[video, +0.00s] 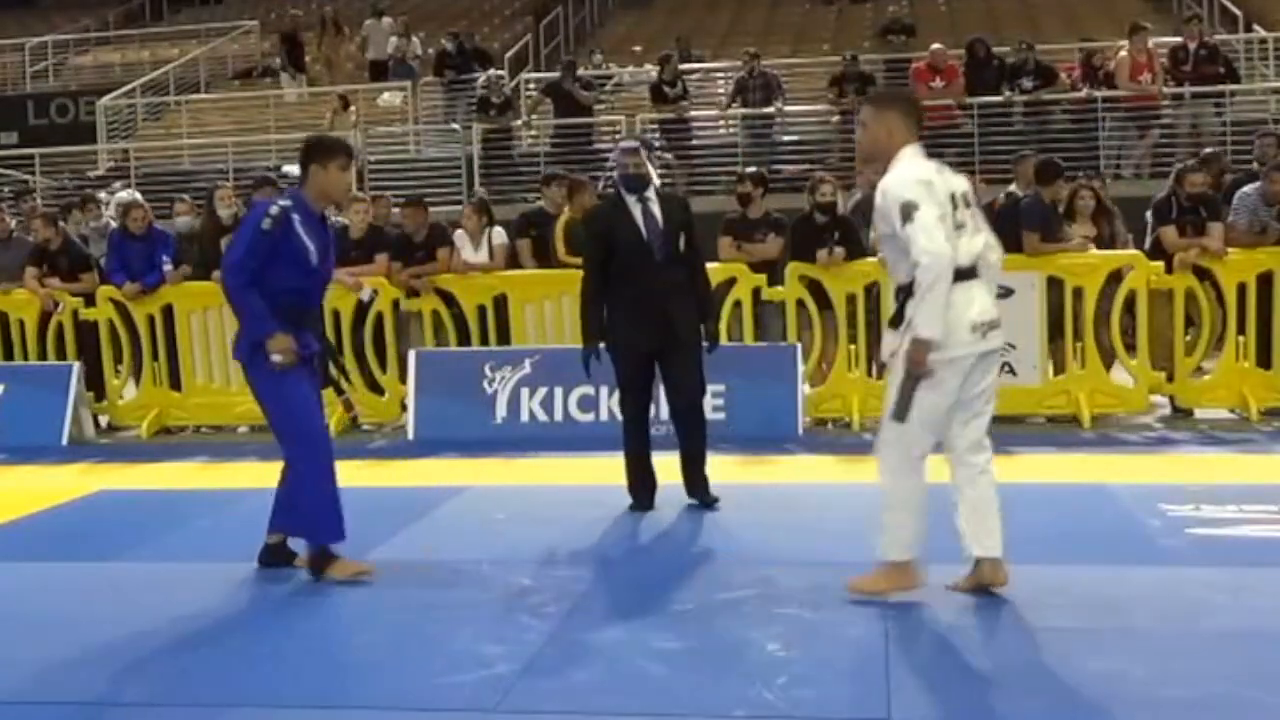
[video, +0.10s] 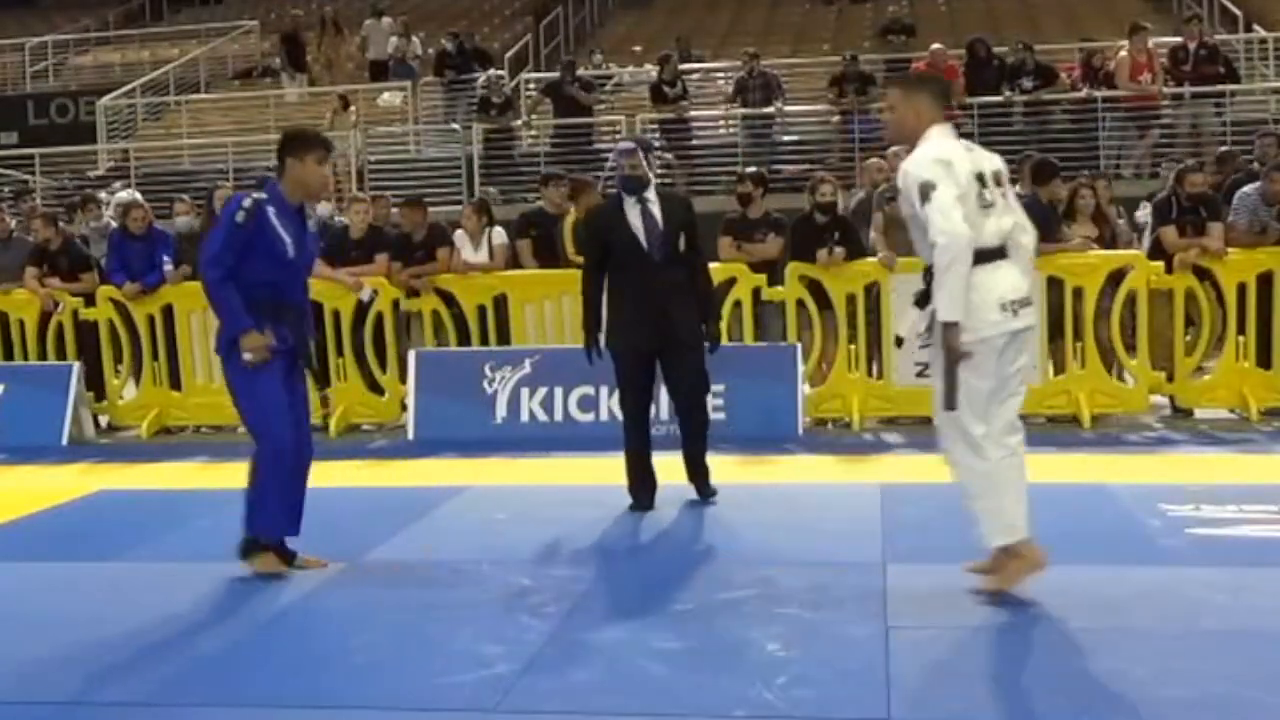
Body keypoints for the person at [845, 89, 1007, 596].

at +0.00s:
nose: (858, 136)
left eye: (865, 126)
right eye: (860, 126)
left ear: (890, 129)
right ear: (907, 130)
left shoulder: (900, 183)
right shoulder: (947, 176)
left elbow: (934, 256)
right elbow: (987, 252)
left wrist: (921, 335)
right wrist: (973, 307)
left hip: (942, 328)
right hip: (982, 324)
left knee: (899, 444)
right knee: (970, 444)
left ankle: (899, 562)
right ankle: (989, 558)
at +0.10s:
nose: (887, 116)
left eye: (894, 107)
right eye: (887, 107)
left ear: (922, 108)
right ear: (938, 109)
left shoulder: (922, 165)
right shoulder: (985, 157)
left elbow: (953, 240)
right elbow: (1022, 233)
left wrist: (949, 318)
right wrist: (1017, 295)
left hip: (975, 300)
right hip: (1018, 294)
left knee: (958, 424)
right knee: (1003, 422)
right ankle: (1012, 542)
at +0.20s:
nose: (919, 127)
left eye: (924, 116)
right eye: (919, 116)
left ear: (951, 117)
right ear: (968, 117)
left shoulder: (953, 180)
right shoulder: (1020, 169)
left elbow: (979, 261)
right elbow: (1057, 245)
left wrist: (975, 341)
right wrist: (1051, 311)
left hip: (1004, 317)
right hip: (1044, 307)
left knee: (1013, 440)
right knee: (1043, 431)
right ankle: (1086, 544)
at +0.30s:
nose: (946, 154)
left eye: (955, 143)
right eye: (949, 142)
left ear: (983, 152)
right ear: (1000, 152)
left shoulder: (988, 216)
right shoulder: (1043, 197)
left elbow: (1011, 303)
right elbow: (1084, 275)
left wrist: (1006, 386)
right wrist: (1083, 342)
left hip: (1035, 351)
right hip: (1073, 340)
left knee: (1042, 471)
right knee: (1088, 455)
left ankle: (1126, 576)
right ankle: (1163, 553)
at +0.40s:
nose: (966, 131)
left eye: (974, 121)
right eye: (969, 120)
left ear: (999, 127)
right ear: (1015, 128)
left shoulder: (1010, 192)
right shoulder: (1054, 179)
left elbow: (1039, 280)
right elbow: (1094, 259)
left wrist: (1049, 360)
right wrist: (1095, 332)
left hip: (1042, 342)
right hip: (1083, 335)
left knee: (1056, 457)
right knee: (1107, 441)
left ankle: (1119, 572)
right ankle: (1173, 551)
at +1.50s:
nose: (948, 180)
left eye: (951, 168)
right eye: (947, 169)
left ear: (980, 164)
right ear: (997, 165)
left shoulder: (1011, 212)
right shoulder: (1045, 203)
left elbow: (1053, 274)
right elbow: (1104, 270)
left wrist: (1035, 357)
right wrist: (1085, 333)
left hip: (1066, 359)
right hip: (1096, 353)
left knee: (1029, 483)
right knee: (1074, 480)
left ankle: (1076, 625)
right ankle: (1114, 582)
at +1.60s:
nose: (916, 210)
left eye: (921, 199)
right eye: (917, 199)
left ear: (945, 202)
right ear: (972, 200)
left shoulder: (981, 255)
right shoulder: (1024, 241)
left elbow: (1000, 335)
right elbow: (1090, 298)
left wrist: (975, 398)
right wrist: (1080, 363)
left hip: (1052, 395)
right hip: (1084, 386)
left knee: (1007, 512)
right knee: (1052, 490)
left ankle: (1079, 657)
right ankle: (1109, 583)